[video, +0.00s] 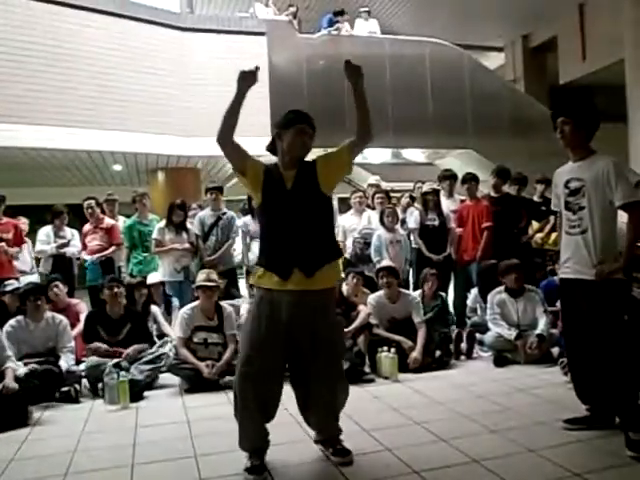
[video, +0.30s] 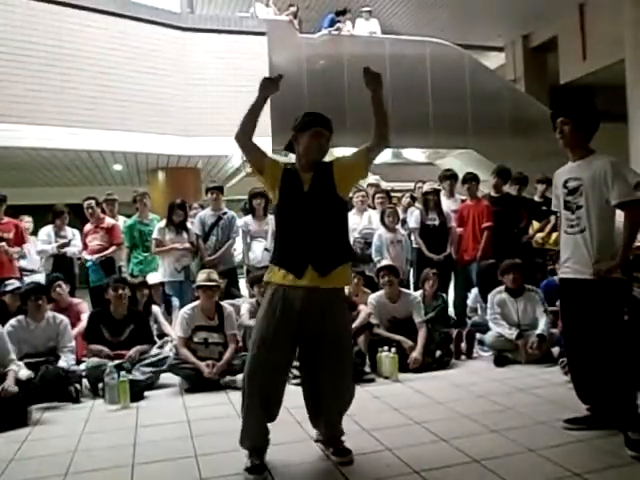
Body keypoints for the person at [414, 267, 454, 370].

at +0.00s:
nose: (430, 285)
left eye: (433, 282)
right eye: (427, 282)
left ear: (437, 284)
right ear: (423, 283)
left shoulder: (442, 298)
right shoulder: (416, 298)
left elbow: (448, 316)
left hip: (440, 330)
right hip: (424, 329)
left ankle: (445, 355)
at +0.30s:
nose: (431, 283)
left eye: (434, 280)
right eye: (428, 280)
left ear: (437, 283)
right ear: (423, 282)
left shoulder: (441, 299)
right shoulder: (417, 298)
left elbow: (440, 313)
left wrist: (423, 319)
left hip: (440, 328)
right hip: (424, 328)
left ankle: (445, 354)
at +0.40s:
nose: (431, 283)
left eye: (434, 280)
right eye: (428, 280)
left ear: (438, 283)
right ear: (423, 282)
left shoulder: (442, 299)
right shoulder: (417, 298)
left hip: (442, 329)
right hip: (425, 330)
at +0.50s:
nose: (431, 283)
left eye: (434, 280)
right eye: (428, 280)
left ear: (438, 284)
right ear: (423, 282)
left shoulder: (442, 300)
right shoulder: (417, 299)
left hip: (441, 330)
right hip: (424, 331)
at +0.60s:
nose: (431, 283)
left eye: (434, 280)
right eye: (428, 280)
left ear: (438, 284)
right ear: (423, 282)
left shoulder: (442, 301)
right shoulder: (417, 299)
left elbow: (447, 320)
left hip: (440, 332)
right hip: (423, 332)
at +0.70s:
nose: (431, 283)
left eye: (434, 281)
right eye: (428, 280)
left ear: (438, 284)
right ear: (423, 283)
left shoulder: (441, 299)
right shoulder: (418, 299)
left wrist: (423, 319)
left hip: (442, 326)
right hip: (427, 327)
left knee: (444, 335)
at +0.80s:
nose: (431, 283)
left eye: (434, 280)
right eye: (428, 280)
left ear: (438, 283)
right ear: (423, 283)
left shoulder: (441, 299)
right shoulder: (417, 299)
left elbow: (448, 315)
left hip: (440, 327)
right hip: (424, 328)